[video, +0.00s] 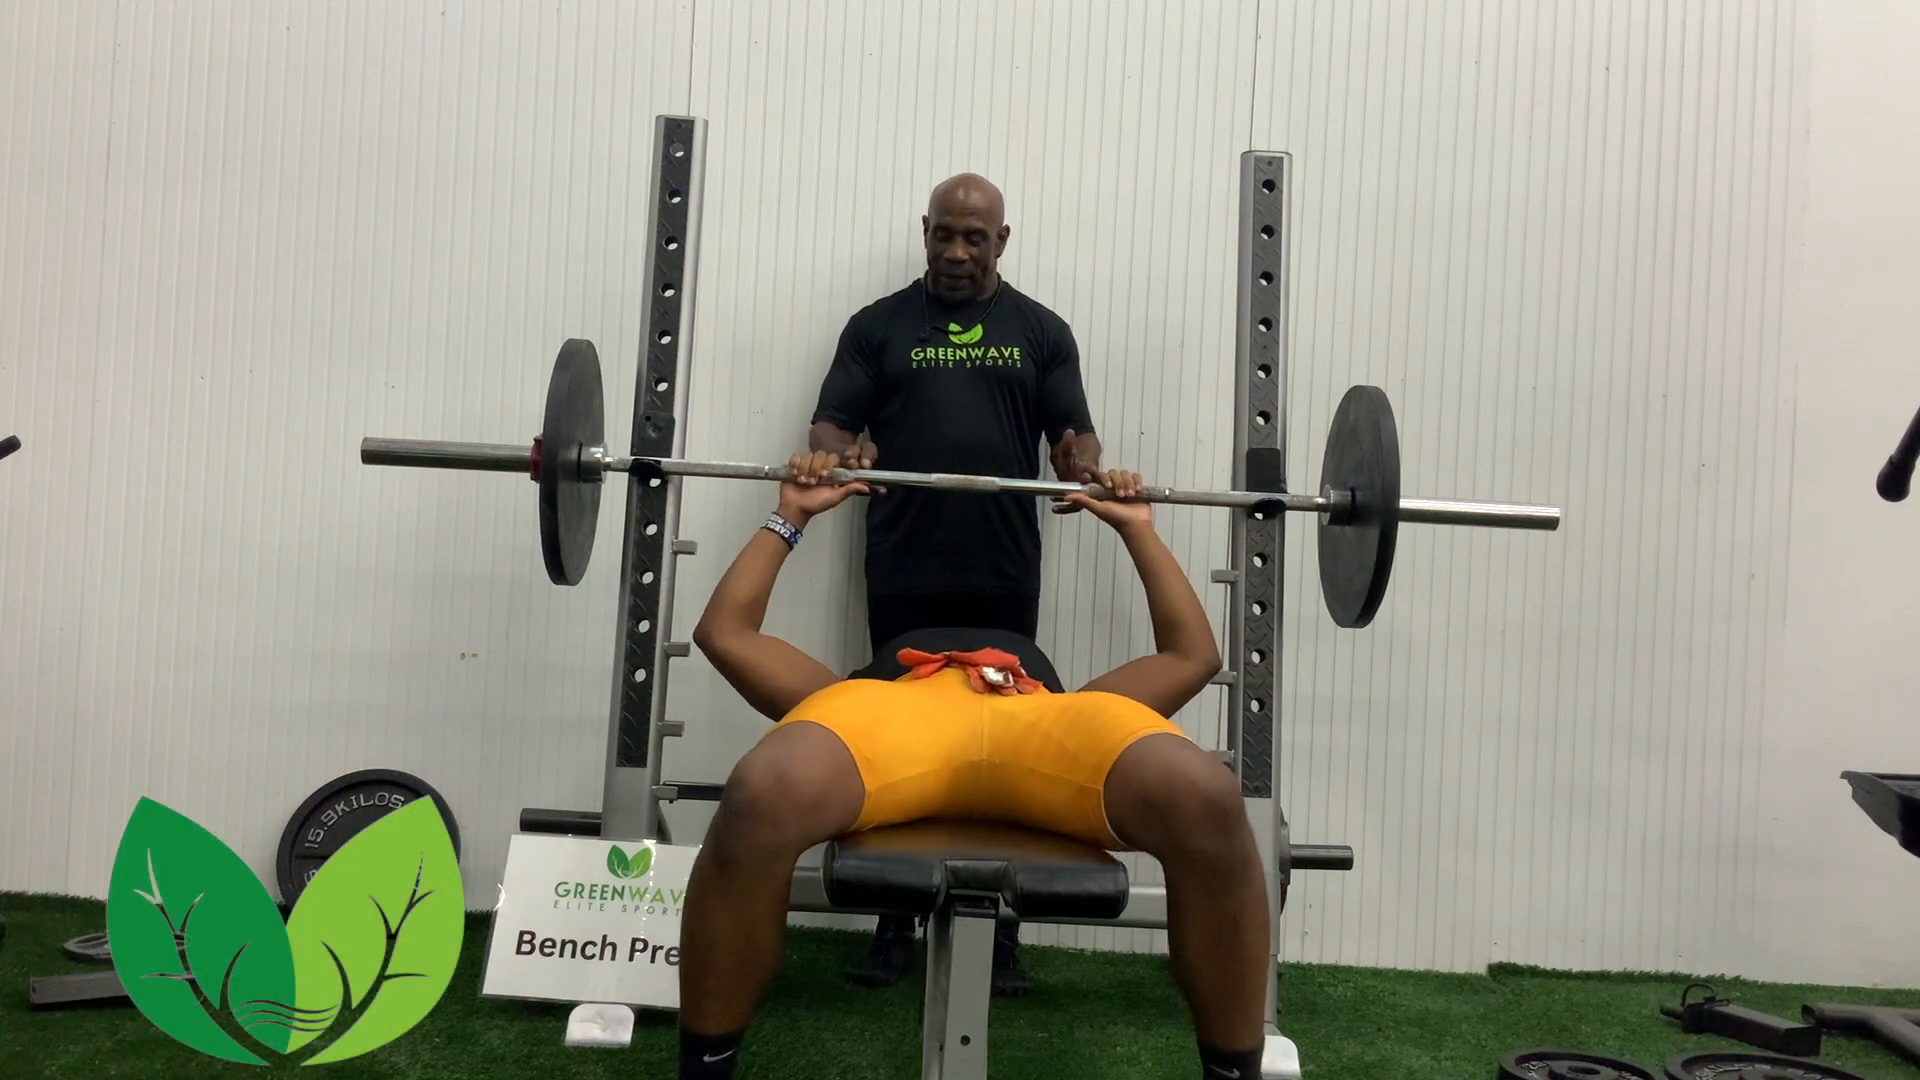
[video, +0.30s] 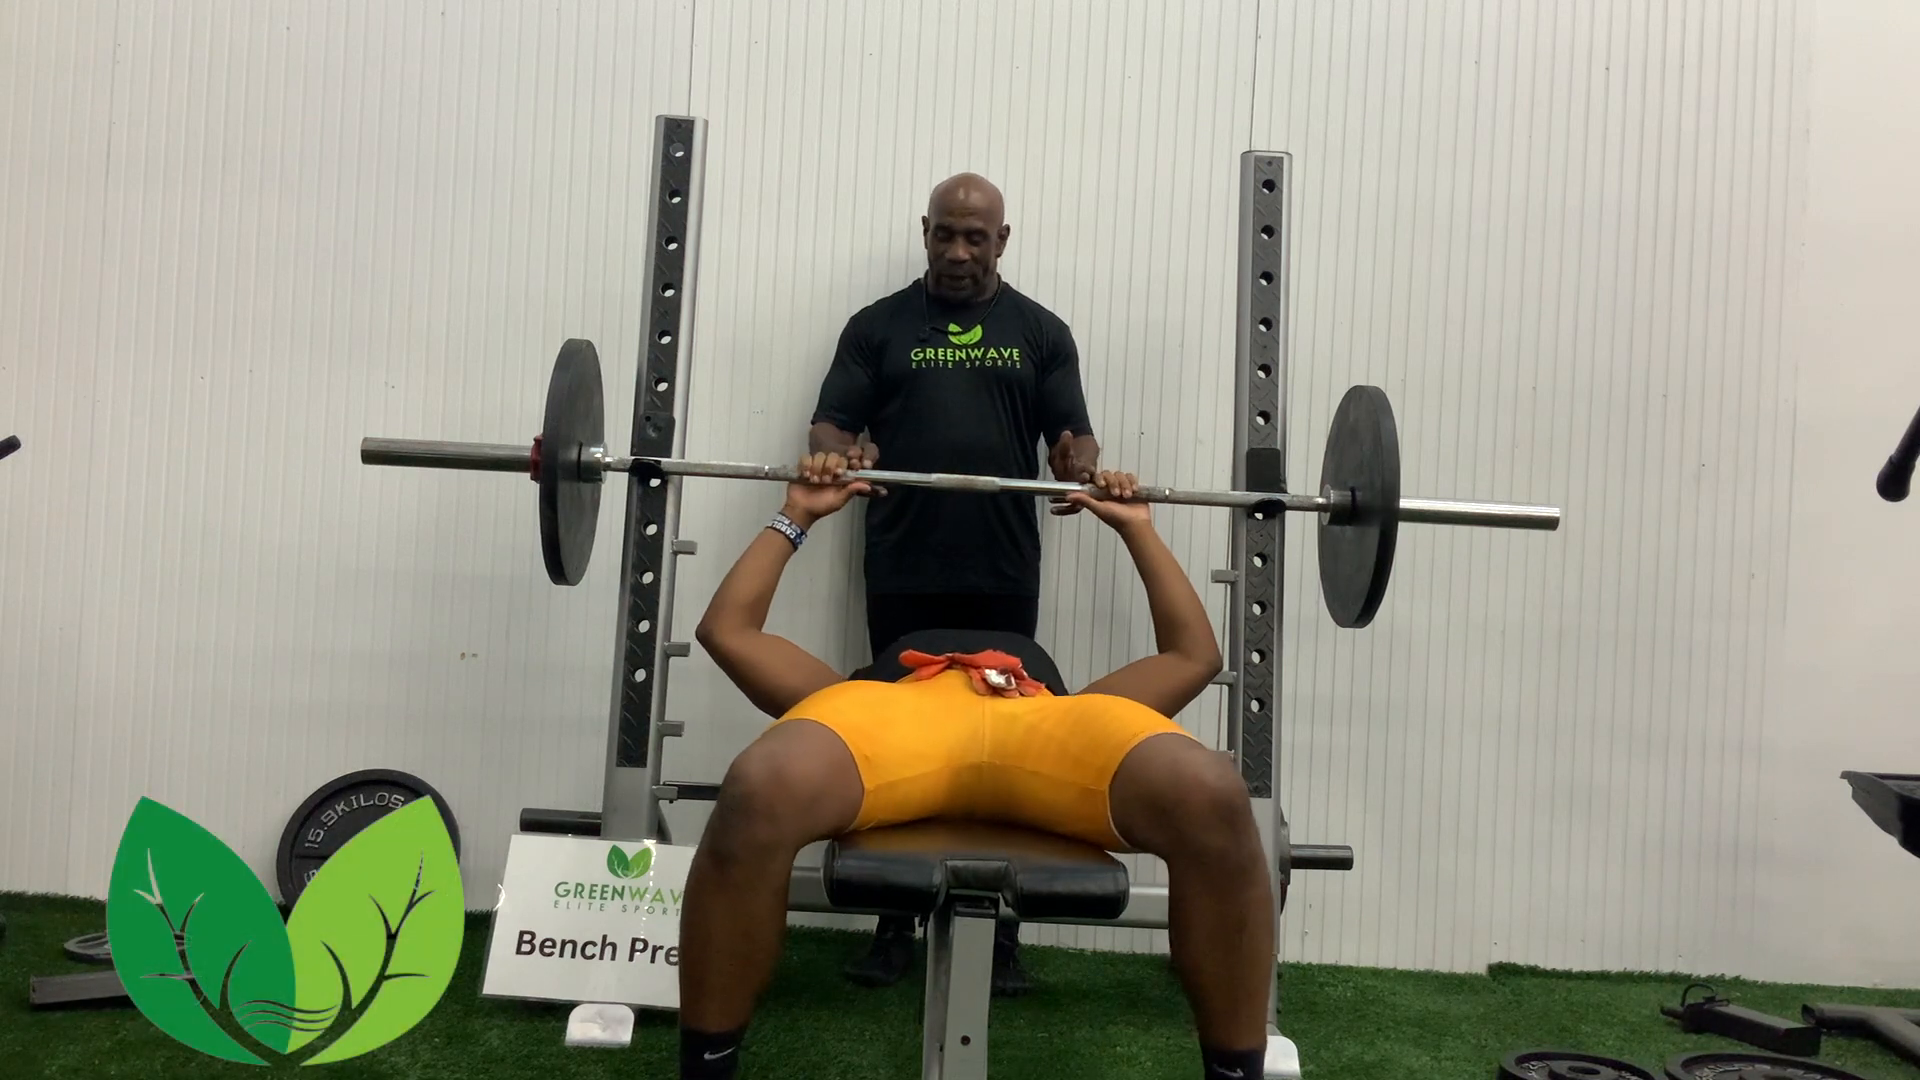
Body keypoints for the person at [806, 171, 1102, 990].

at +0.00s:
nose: (957, 251)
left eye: (975, 239)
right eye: (944, 235)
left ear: (1002, 244)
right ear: (924, 236)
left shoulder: (1040, 332)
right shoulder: (877, 328)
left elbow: (1073, 440)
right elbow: (829, 432)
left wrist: (1083, 467)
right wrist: (845, 452)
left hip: (1005, 577)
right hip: (903, 576)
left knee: (1015, 746)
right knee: (892, 741)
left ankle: (999, 925)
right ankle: (897, 919)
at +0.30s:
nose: (958, 251)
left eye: (976, 238)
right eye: (945, 235)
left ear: (1002, 244)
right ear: (925, 235)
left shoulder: (1040, 333)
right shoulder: (877, 329)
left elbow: (1073, 442)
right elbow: (828, 432)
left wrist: (1078, 474)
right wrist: (845, 454)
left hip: (1005, 576)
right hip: (903, 574)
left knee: (1013, 746)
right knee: (892, 740)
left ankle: (1000, 924)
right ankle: (898, 919)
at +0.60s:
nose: (966, 243)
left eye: (983, 228)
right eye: (952, 227)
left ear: (1005, 238)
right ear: (927, 234)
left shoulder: (1041, 333)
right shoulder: (878, 328)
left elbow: (1075, 443)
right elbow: (826, 435)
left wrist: (1076, 470)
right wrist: (845, 453)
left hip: (1005, 578)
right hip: (904, 576)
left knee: (1015, 747)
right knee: (891, 744)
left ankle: (1000, 924)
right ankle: (897, 918)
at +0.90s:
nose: (968, 230)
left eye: (983, 217)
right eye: (953, 217)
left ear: (1005, 231)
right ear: (928, 230)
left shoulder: (1043, 334)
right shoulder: (878, 328)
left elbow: (1081, 444)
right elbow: (820, 436)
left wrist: (1071, 503)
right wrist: (843, 487)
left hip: (1006, 582)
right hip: (904, 579)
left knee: (1012, 747)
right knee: (893, 745)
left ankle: (1000, 925)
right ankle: (897, 918)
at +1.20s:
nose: (967, 228)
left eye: (982, 216)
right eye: (952, 215)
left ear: (1004, 231)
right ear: (927, 230)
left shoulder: (1043, 336)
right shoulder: (875, 330)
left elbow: (1072, 462)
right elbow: (829, 460)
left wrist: (1077, 570)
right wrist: (839, 566)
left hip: (1006, 587)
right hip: (898, 585)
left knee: (1014, 755)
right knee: (889, 756)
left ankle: (1000, 927)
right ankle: (896, 921)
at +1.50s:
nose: (973, 231)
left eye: (987, 218)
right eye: (956, 218)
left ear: (1003, 232)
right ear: (925, 233)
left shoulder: (1042, 333)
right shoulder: (875, 329)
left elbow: (1075, 453)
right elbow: (832, 450)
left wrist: (1084, 551)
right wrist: (848, 552)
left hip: (1008, 581)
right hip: (903, 578)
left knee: (1014, 751)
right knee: (890, 748)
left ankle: (1000, 927)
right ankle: (896, 919)